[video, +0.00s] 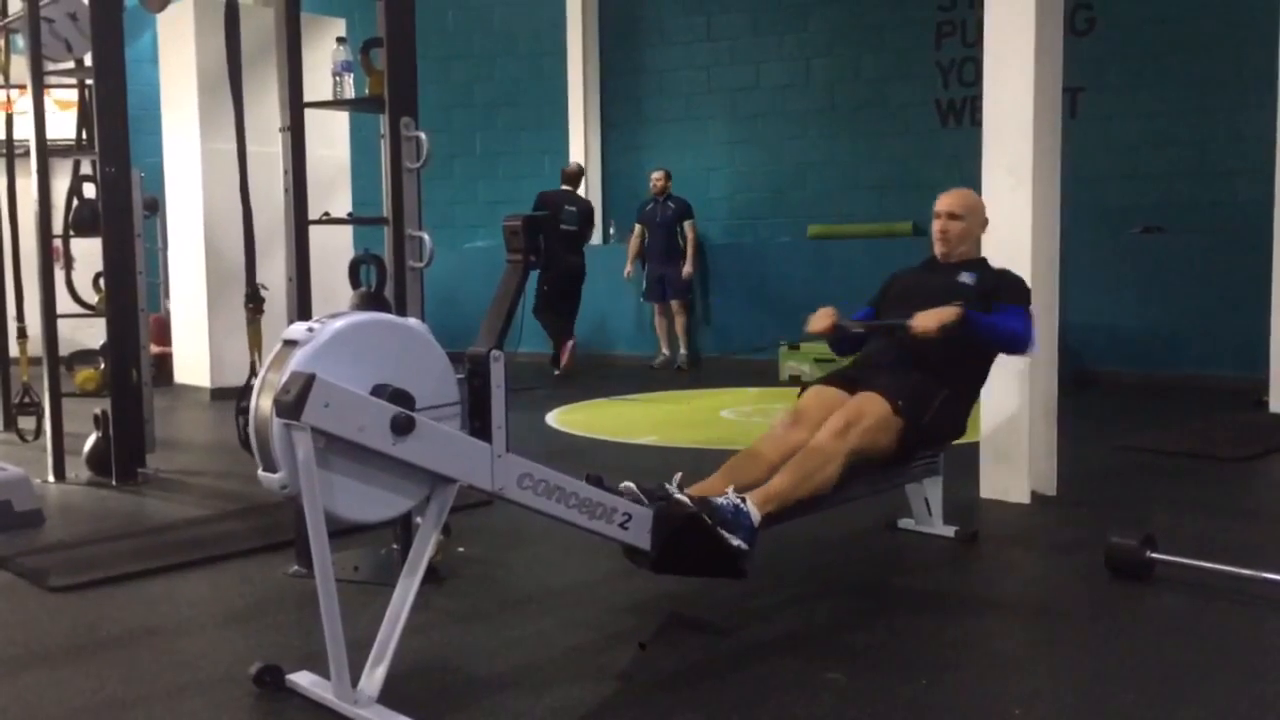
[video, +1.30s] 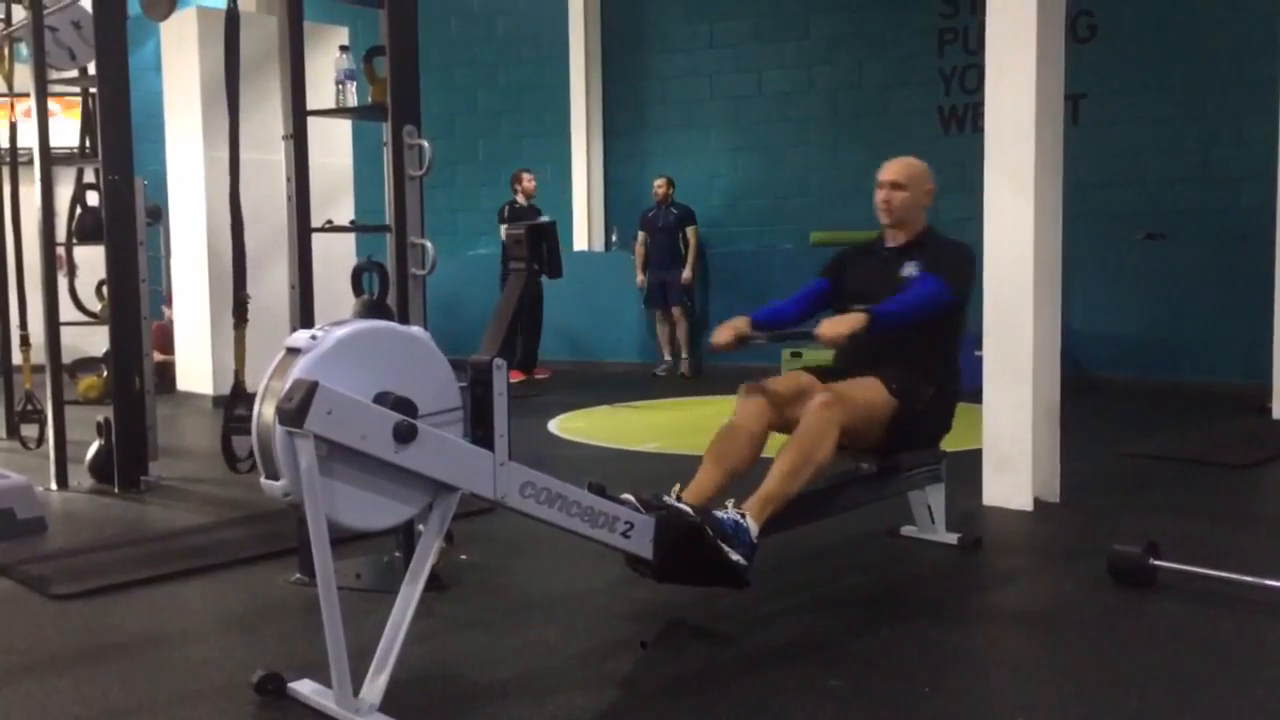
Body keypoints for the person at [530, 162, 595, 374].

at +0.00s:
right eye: (579, 178)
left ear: (562, 177)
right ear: (580, 181)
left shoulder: (545, 198)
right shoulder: (586, 206)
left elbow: (533, 228)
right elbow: (586, 237)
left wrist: (536, 254)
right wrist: (571, 248)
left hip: (552, 263)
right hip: (576, 265)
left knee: (541, 308)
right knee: (569, 311)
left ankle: (563, 341)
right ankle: (558, 362)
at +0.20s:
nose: (578, 183)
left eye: (578, 180)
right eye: (578, 180)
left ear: (556, 178)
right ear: (575, 181)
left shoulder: (537, 198)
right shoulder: (578, 205)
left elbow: (528, 229)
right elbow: (584, 234)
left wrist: (531, 254)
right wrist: (565, 228)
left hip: (543, 264)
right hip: (568, 266)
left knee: (542, 309)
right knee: (567, 312)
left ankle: (539, 347)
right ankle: (561, 365)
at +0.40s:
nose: (567, 184)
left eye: (566, 181)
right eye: (566, 181)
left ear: (547, 182)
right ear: (561, 183)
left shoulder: (531, 201)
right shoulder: (564, 205)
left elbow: (527, 231)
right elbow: (575, 236)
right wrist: (567, 208)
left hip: (536, 262)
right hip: (557, 262)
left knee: (540, 311)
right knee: (565, 312)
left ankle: (526, 360)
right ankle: (560, 364)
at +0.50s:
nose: (563, 184)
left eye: (562, 181)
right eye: (560, 181)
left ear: (543, 184)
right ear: (549, 184)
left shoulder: (529, 203)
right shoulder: (556, 206)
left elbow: (539, 228)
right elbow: (568, 237)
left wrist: (567, 223)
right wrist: (573, 227)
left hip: (533, 266)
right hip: (553, 266)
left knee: (535, 311)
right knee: (562, 313)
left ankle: (524, 361)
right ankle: (560, 365)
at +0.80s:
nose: (550, 183)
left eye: (549, 179)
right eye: (546, 180)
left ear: (538, 185)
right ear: (534, 185)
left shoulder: (536, 206)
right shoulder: (530, 208)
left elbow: (540, 233)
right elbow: (535, 237)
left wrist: (558, 238)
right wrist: (558, 240)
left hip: (537, 269)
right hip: (531, 270)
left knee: (536, 317)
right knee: (534, 317)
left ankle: (540, 360)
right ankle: (534, 362)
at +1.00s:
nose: (543, 183)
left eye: (542, 179)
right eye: (538, 180)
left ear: (536, 185)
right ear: (527, 184)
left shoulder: (538, 209)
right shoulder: (520, 208)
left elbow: (539, 240)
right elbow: (524, 241)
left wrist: (554, 247)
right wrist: (553, 248)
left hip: (535, 269)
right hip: (523, 269)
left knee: (533, 318)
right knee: (526, 318)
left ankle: (531, 363)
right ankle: (524, 364)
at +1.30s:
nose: (534, 184)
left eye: (534, 180)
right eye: (529, 181)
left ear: (530, 185)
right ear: (518, 185)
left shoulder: (535, 211)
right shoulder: (507, 209)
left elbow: (541, 239)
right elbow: (508, 237)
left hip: (533, 271)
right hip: (513, 272)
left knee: (533, 319)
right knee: (512, 319)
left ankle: (529, 366)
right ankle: (510, 367)